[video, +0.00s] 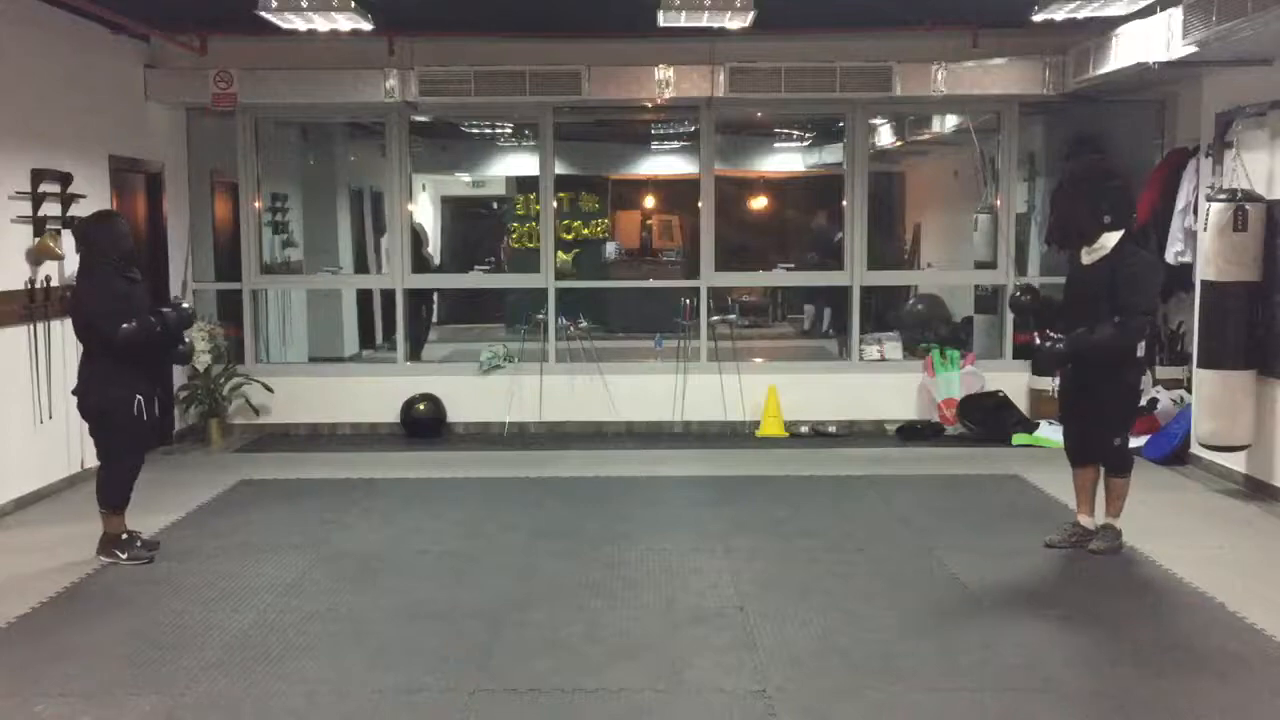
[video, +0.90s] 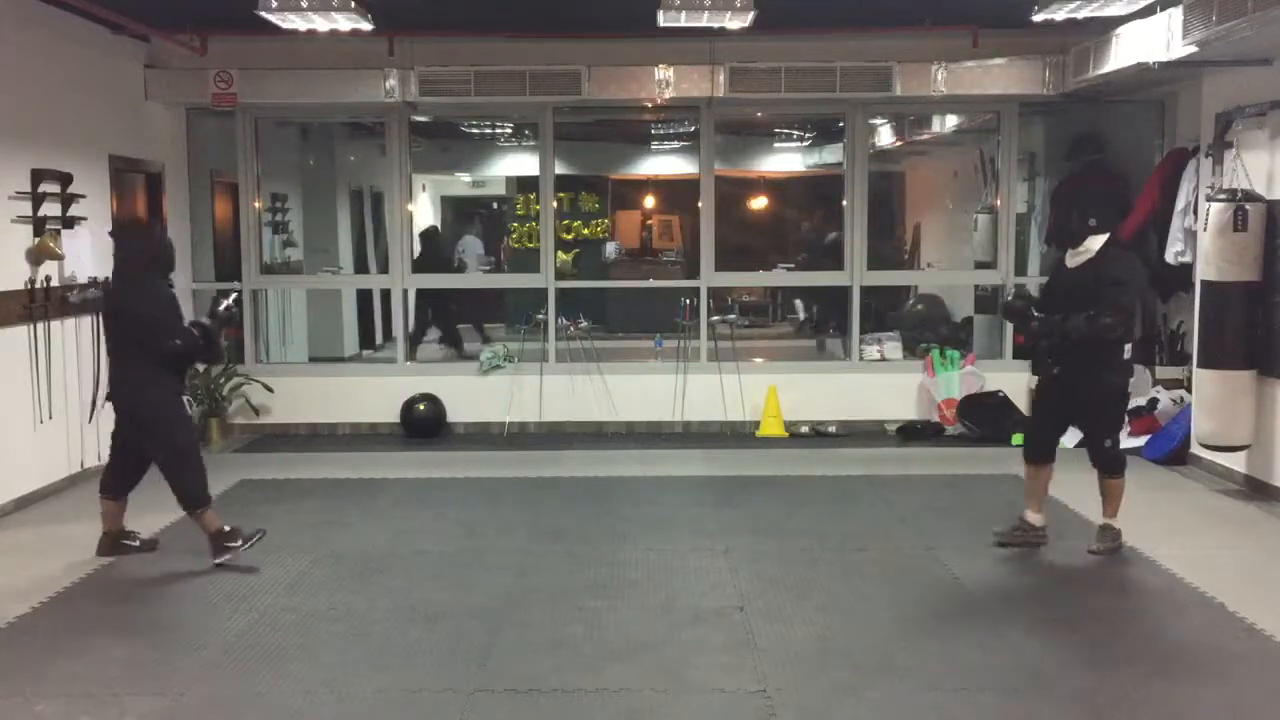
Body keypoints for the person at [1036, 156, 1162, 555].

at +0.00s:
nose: (1067, 223)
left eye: (1073, 212)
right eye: (1065, 213)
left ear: (1101, 213)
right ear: (1081, 215)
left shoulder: (1133, 261)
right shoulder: (1081, 258)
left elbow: (1135, 328)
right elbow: (1074, 316)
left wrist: (1071, 347)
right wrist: (1040, 308)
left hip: (1118, 367)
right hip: (1080, 365)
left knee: (1115, 445)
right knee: (1080, 442)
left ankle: (1112, 527)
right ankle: (1084, 523)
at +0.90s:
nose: (1055, 221)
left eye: (1062, 212)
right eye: (1057, 212)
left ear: (1085, 215)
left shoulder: (1118, 263)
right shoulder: (1065, 262)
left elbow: (1117, 323)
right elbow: (1055, 312)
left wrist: (1054, 328)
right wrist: (1027, 310)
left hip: (1103, 376)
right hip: (1060, 372)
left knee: (1106, 450)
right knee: (1037, 441)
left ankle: (1109, 526)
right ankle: (1032, 522)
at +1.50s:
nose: (964, 230)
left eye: (970, 222)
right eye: (965, 222)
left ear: (992, 223)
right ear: (990, 224)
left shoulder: (1029, 263)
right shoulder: (979, 266)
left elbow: (1033, 322)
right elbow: (969, 317)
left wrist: (977, 342)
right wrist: (941, 322)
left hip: (1026, 369)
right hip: (987, 369)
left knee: (1042, 448)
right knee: (974, 441)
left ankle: (1087, 515)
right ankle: (975, 524)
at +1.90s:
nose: (924, 230)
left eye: (929, 222)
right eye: (924, 222)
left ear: (951, 224)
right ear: (957, 224)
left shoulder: (993, 267)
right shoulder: (934, 267)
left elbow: (1022, 322)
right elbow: (907, 305)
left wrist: (1036, 374)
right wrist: (873, 333)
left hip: (975, 371)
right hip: (943, 371)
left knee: (951, 445)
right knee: (962, 446)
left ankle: (949, 527)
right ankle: (975, 523)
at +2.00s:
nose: (913, 231)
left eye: (918, 223)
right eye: (914, 224)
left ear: (940, 225)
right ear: (946, 225)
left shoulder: (980, 270)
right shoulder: (924, 265)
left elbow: (1014, 321)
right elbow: (902, 304)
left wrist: (1033, 370)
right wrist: (873, 331)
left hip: (962, 372)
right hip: (929, 371)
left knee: (933, 446)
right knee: (952, 448)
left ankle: (913, 531)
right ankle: (974, 524)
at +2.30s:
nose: (883, 232)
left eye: (890, 225)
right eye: (884, 225)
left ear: (907, 228)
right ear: (913, 227)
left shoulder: (943, 275)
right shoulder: (884, 269)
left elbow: (965, 342)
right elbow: (864, 316)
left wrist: (956, 396)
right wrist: (854, 345)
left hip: (925, 380)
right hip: (887, 375)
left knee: (897, 452)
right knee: (874, 452)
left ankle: (897, 537)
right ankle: (937, 502)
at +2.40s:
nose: (865, 233)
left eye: (872, 225)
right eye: (866, 225)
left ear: (892, 227)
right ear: (904, 226)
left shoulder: (930, 275)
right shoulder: (873, 267)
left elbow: (957, 338)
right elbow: (856, 318)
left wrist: (953, 394)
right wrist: (846, 342)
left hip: (918, 375)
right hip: (878, 370)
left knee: (888, 450)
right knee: (854, 446)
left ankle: (895, 536)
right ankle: (902, 507)